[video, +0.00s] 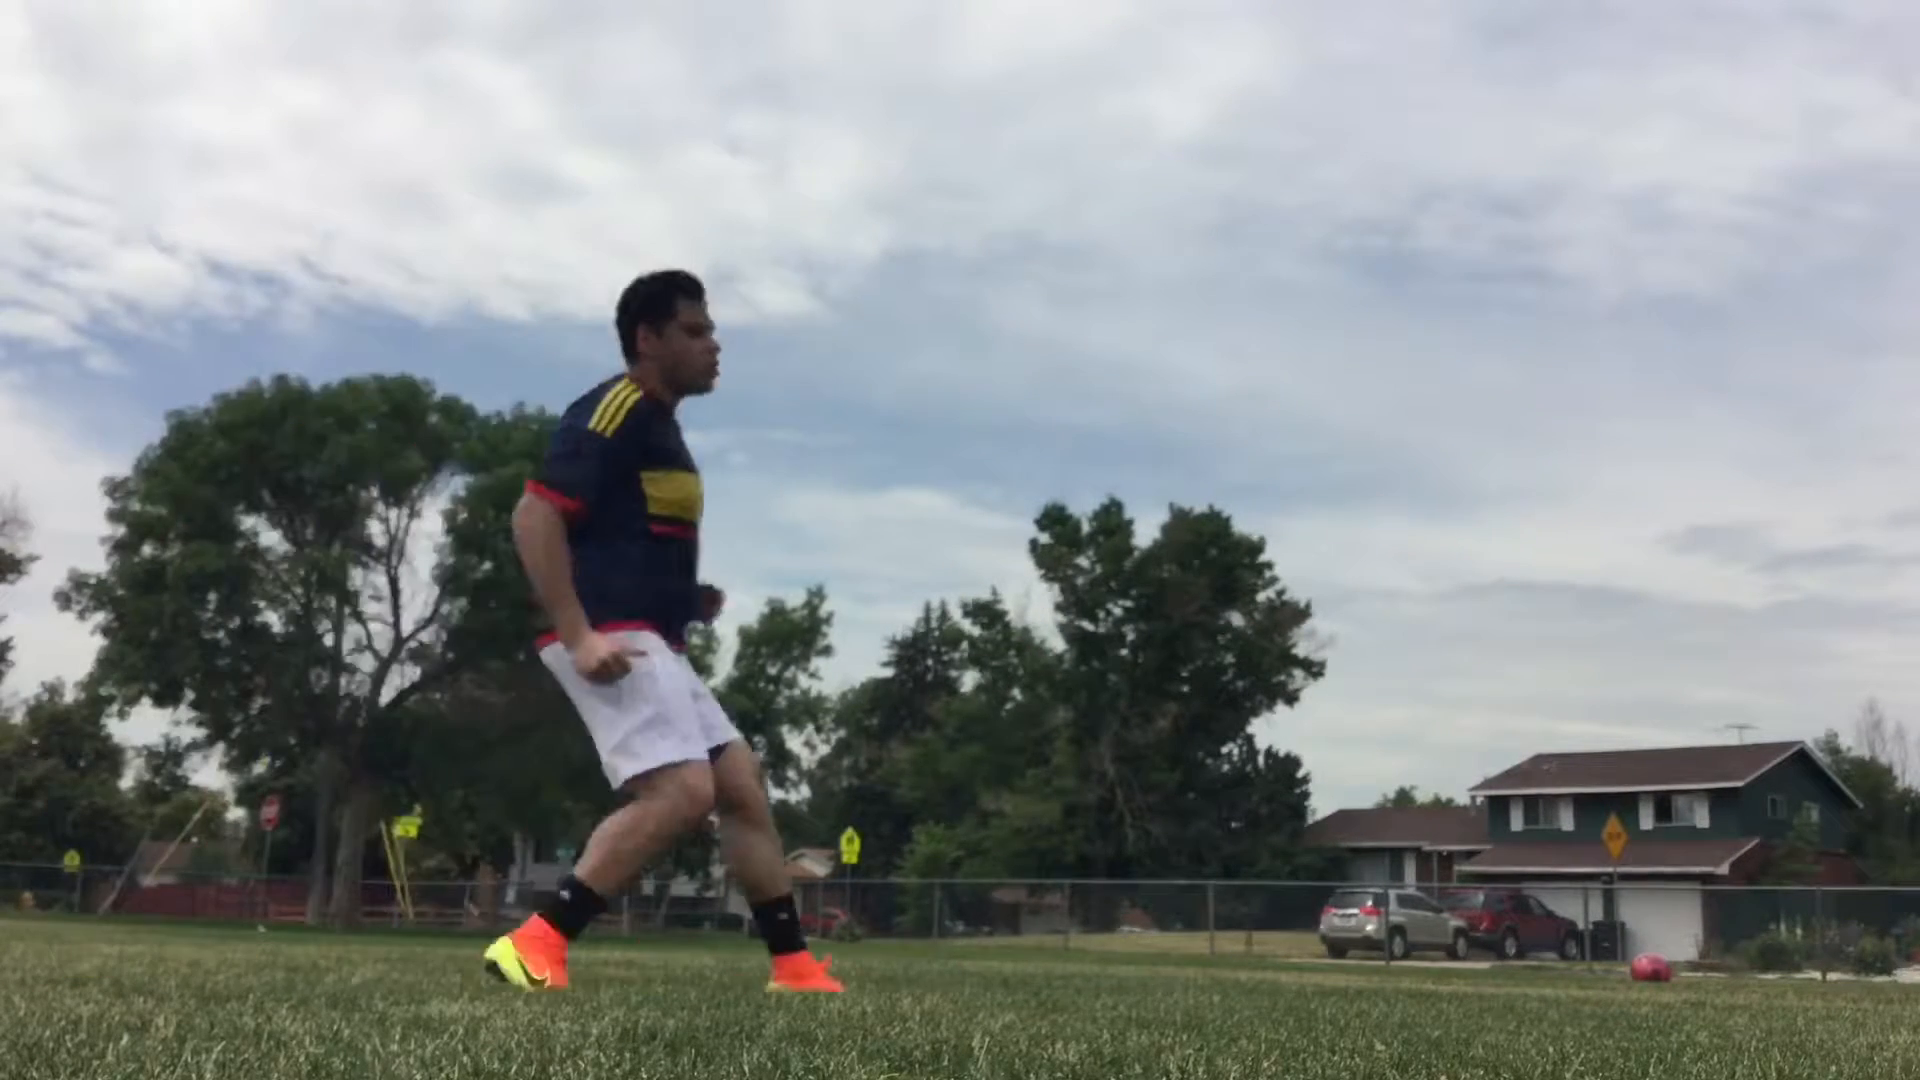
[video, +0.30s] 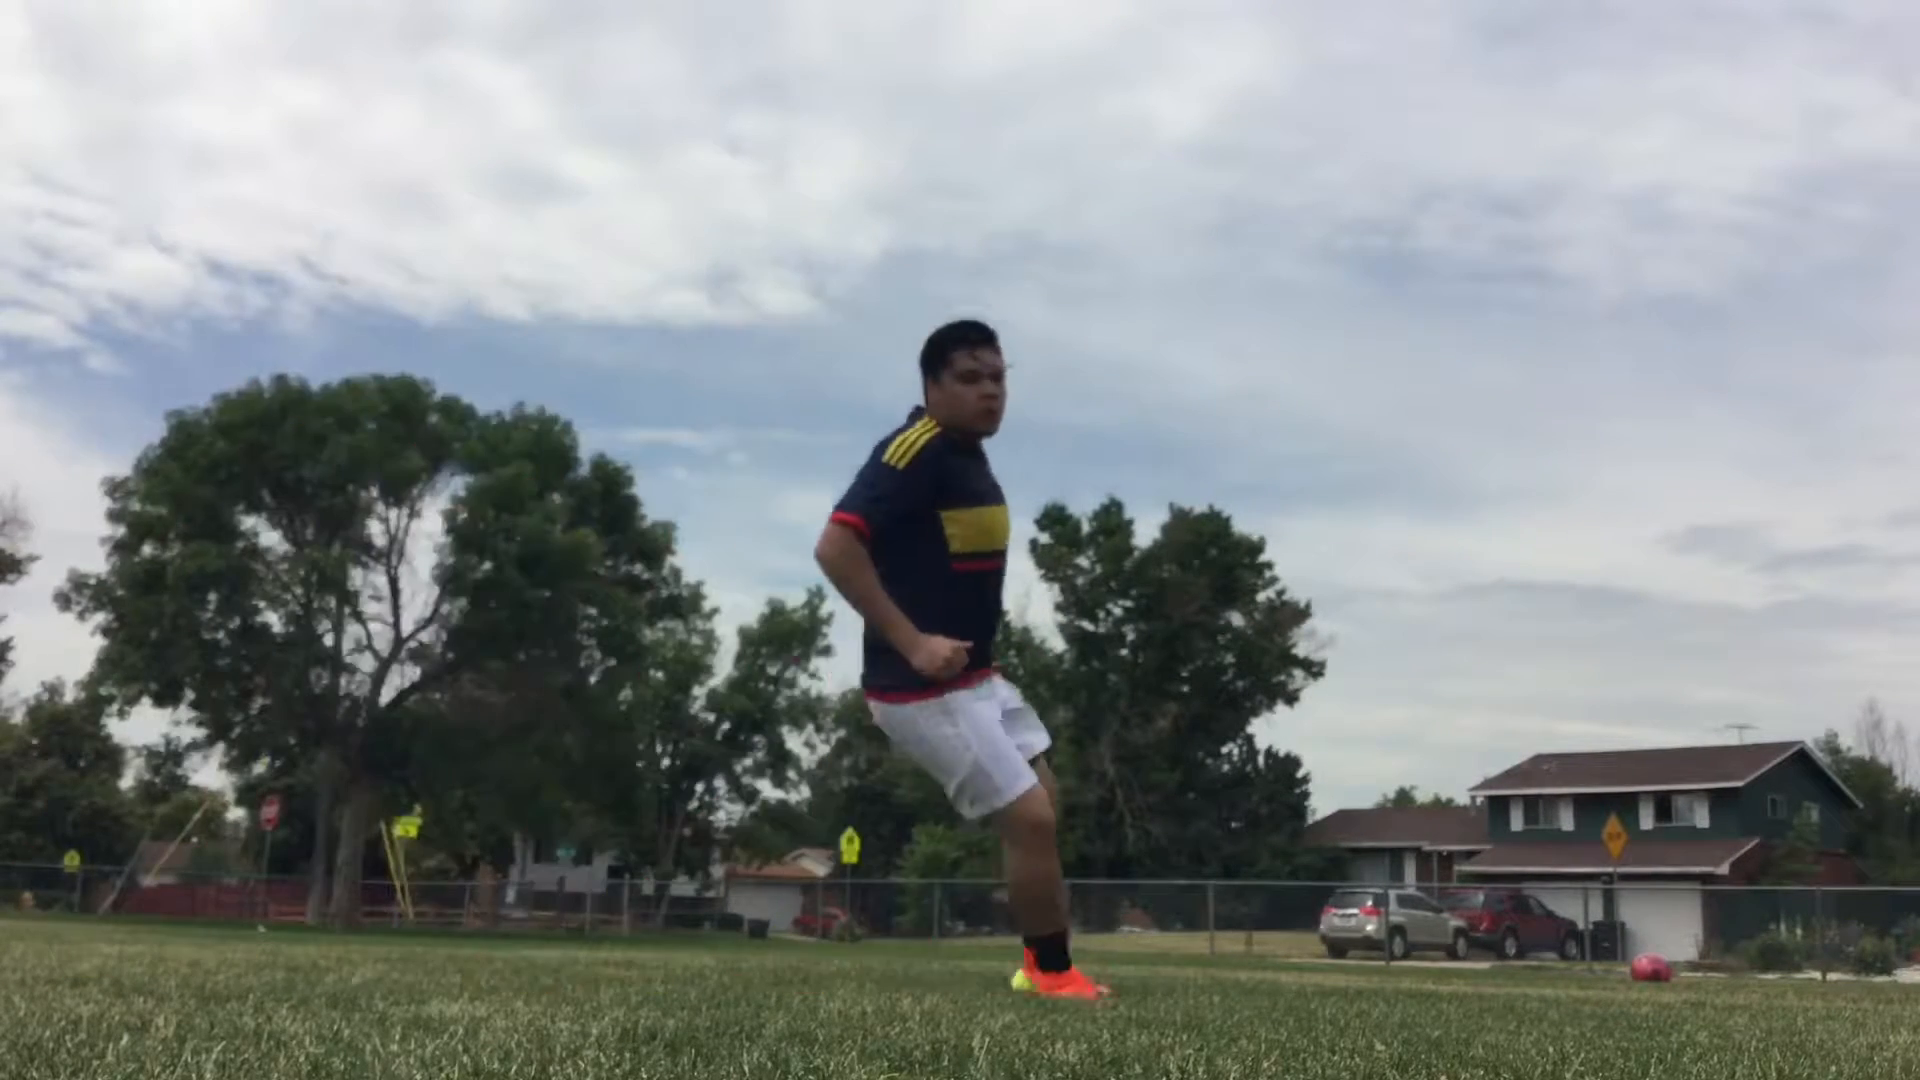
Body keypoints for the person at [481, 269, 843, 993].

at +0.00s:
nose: (714, 345)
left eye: (712, 331)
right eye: (698, 331)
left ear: (663, 341)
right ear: (648, 338)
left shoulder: (660, 423)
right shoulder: (613, 408)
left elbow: (617, 544)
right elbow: (535, 519)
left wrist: (681, 596)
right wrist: (578, 635)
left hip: (657, 641)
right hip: (609, 639)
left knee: (741, 787)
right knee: (683, 790)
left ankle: (792, 962)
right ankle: (541, 939)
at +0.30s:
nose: (992, 390)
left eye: (999, 378)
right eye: (974, 378)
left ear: (1005, 384)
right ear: (932, 387)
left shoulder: (968, 454)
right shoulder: (911, 448)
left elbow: (928, 553)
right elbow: (836, 548)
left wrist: (964, 641)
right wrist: (911, 641)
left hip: (977, 677)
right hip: (926, 690)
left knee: (1038, 805)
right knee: (1030, 815)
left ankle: (1044, 961)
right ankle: (1052, 970)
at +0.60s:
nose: (1124, 388)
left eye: (1135, 375)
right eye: (1105, 377)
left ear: (1152, 384)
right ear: (1078, 392)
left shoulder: (1172, 452)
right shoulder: (1051, 479)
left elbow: (1195, 527)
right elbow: (985, 583)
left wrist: (1219, 541)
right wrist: (1051, 672)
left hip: (1191, 673)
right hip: (1116, 689)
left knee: (1179, 823)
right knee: (1213, 825)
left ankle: (1118, 926)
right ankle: (1237, 931)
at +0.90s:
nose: (1324, 367)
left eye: (1340, 354)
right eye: (1304, 354)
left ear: (1360, 370)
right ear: (1272, 371)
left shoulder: (1366, 452)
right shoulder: (1224, 451)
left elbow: (1350, 544)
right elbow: (1139, 565)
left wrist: (1383, 630)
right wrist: (1257, 602)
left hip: (1329, 653)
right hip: (1229, 686)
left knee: (1411, 786)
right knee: (1252, 837)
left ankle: (1415, 985)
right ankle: (1258, 945)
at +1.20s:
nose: (1356, 140)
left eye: (1377, 126)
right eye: (1332, 130)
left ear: (1411, 153)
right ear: (1299, 164)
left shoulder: (1471, 250)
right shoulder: (1256, 270)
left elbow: (1602, 373)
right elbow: (1147, 353)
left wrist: (1538, 387)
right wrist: (1148, 486)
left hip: (1449, 545)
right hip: (1318, 533)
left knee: (1470, 791)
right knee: (1338, 702)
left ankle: (1439, 908)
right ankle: (1366, 970)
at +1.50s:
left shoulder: (1632, 13)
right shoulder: (1330, 9)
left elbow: (1577, 176)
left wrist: (1628, 320)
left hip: (1561, 333)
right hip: (1366, 367)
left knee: (1608, 583)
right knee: (1374, 729)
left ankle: (1651, 1000)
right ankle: (1405, 880)